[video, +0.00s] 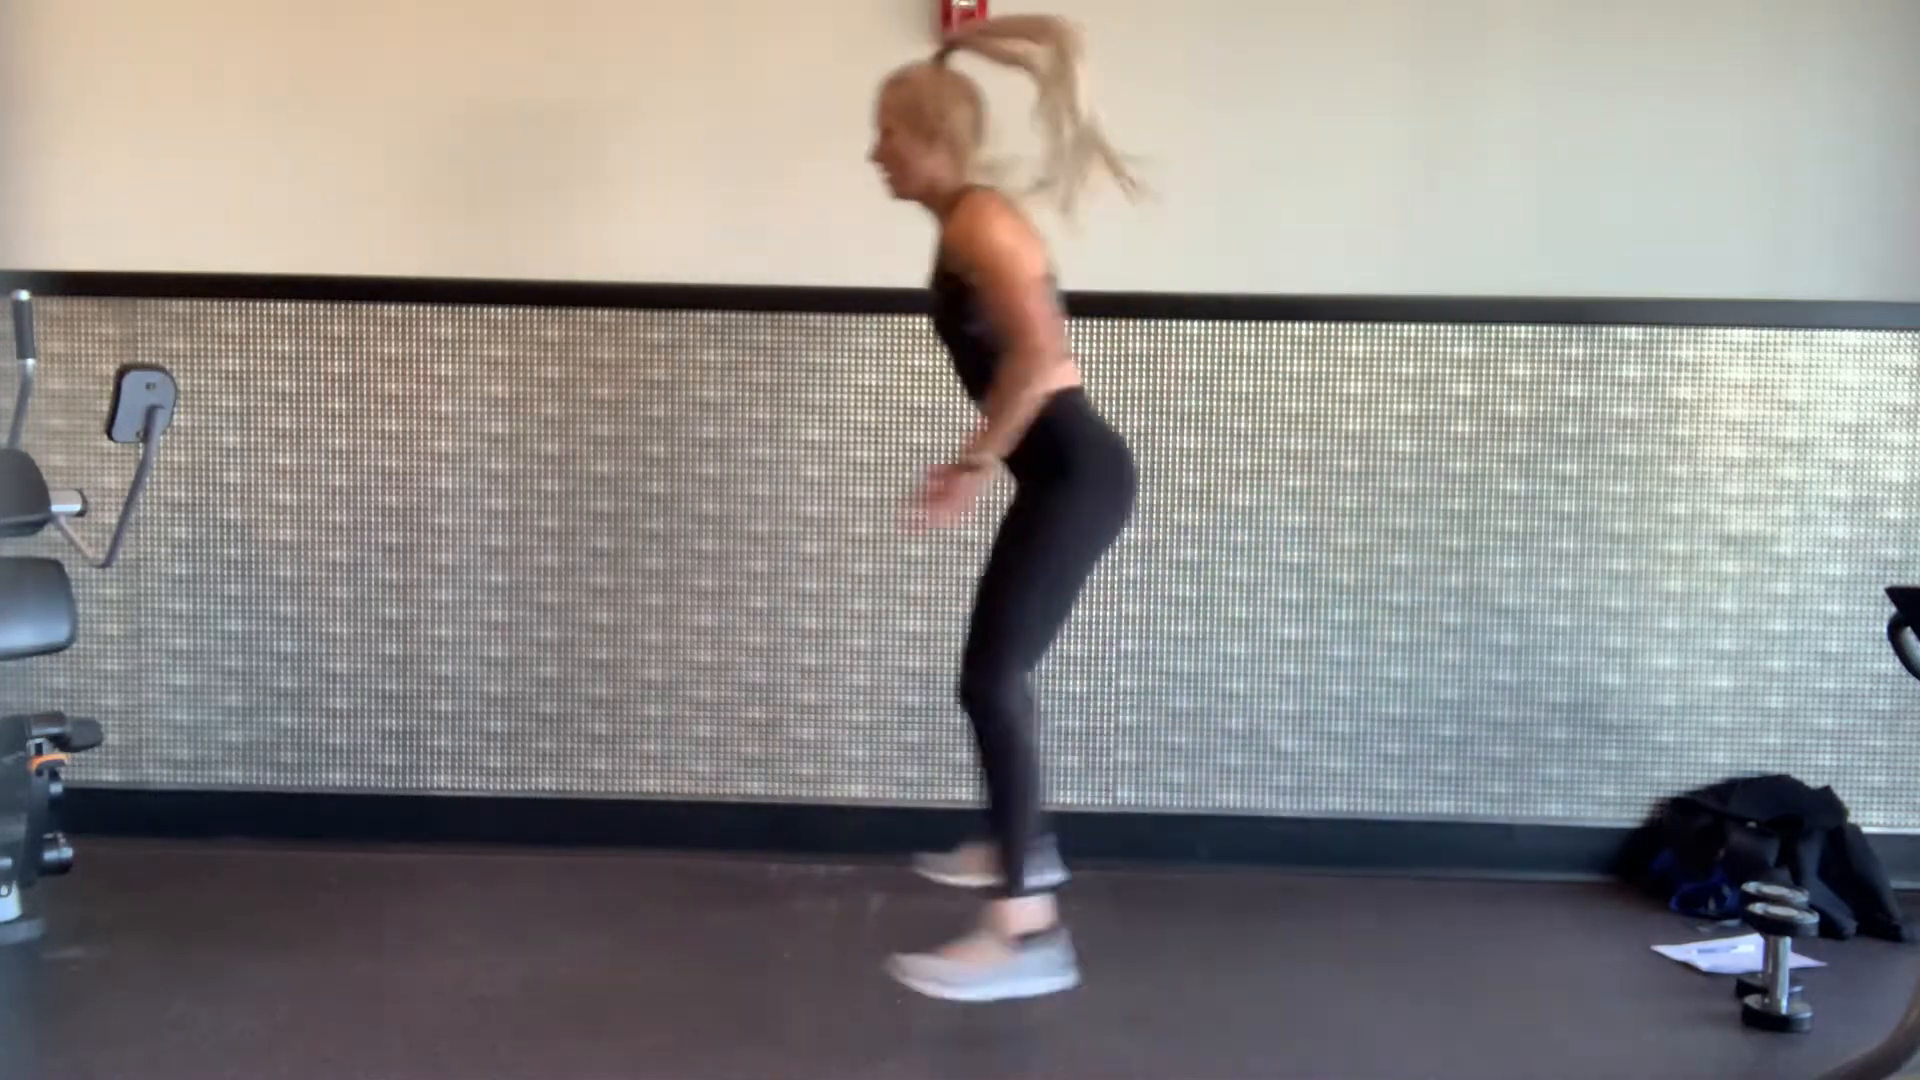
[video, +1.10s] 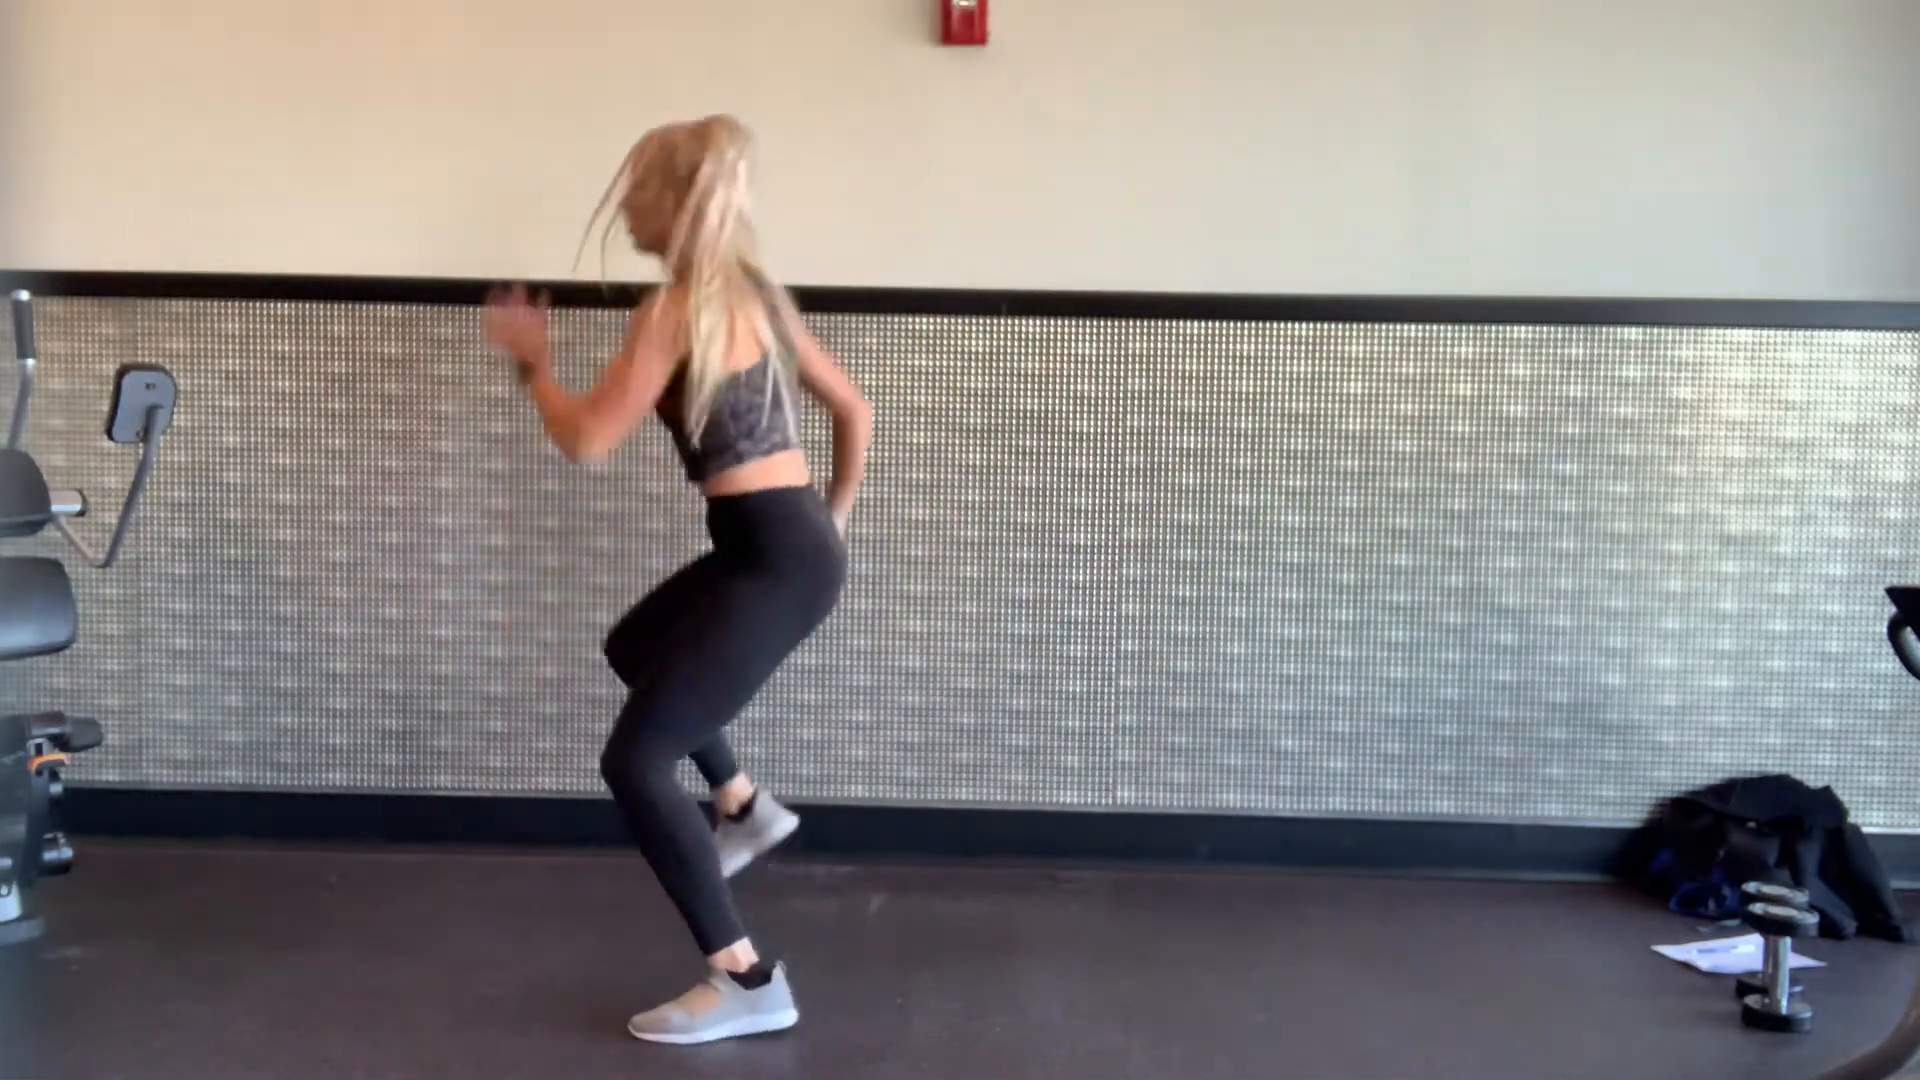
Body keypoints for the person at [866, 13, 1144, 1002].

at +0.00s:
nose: (876, 155)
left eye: (888, 139)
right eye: (877, 139)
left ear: (936, 145)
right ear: (937, 143)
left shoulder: (985, 226)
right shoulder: (962, 227)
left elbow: (1046, 362)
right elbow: (1033, 361)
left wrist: (972, 467)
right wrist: (986, 455)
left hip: (1077, 471)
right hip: (1055, 471)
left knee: (994, 679)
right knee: (992, 670)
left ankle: (1026, 918)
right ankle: (1011, 845)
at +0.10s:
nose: (802, 211)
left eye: (811, 197)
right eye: (805, 195)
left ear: (851, 200)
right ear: (871, 194)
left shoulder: (894, 287)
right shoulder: (917, 273)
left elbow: (865, 442)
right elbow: (881, 429)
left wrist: (760, 472)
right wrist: (783, 465)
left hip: (1017, 519)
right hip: (1017, 511)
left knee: (905, 712)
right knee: (908, 698)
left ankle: (825, 945)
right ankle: (848, 850)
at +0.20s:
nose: (743, 311)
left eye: (754, 298)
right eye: (748, 296)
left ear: (791, 313)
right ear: (815, 311)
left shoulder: (829, 401)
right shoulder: (847, 387)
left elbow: (705, 514)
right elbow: (727, 496)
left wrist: (635, 438)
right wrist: (653, 434)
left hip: (953, 627)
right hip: (952, 613)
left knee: (758, 740)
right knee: (781, 717)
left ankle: (751, 981)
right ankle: (787, 882)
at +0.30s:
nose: (689, 389)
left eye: (702, 380)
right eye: (696, 377)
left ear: (739, 402)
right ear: (763, 402)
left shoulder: (767, 486)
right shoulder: (785, 474)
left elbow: (617, 562)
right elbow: (645, 543)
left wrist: (608, 448)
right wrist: (621, 447)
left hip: (889, 713)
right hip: (886, 689)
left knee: (682, 755)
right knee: (721, 701)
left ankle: (746, 983)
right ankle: (781, 884)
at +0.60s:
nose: (575, 439)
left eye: (589, 430)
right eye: (581, 427)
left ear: (628, 452)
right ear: (645, 452)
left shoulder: (668, 529)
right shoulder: (689, 514)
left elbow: (547, 650)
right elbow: (570, 616)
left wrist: (500, 549)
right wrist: (529, 535)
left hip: (839, 715)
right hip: (826, 692)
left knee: (639, 768)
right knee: (675, 710)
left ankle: (743, 977)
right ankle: (776, 877)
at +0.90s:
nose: (558, 309)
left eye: (571, 295)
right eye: (564, 293)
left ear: (614, 312)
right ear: (642, 311)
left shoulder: (653, 404)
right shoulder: (691, 382)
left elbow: (669, 571)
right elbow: (695, 550)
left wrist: (596, 645)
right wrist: (613, 618)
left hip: (808, 609)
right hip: (816, 596)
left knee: (636, 763)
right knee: (699, 716)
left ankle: (742, 973)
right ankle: (776, 875)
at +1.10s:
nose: (626, 197)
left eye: (639, 184)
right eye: (633, 181)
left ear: (671, 201)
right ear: (719, 201)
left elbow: (587, 440)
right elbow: (851, 406)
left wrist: (531, 362)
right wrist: (840, 500)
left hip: (774, 557)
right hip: (787, 545)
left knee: (636, 760)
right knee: (634, 646)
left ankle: (744, 978)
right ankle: (740, 805)